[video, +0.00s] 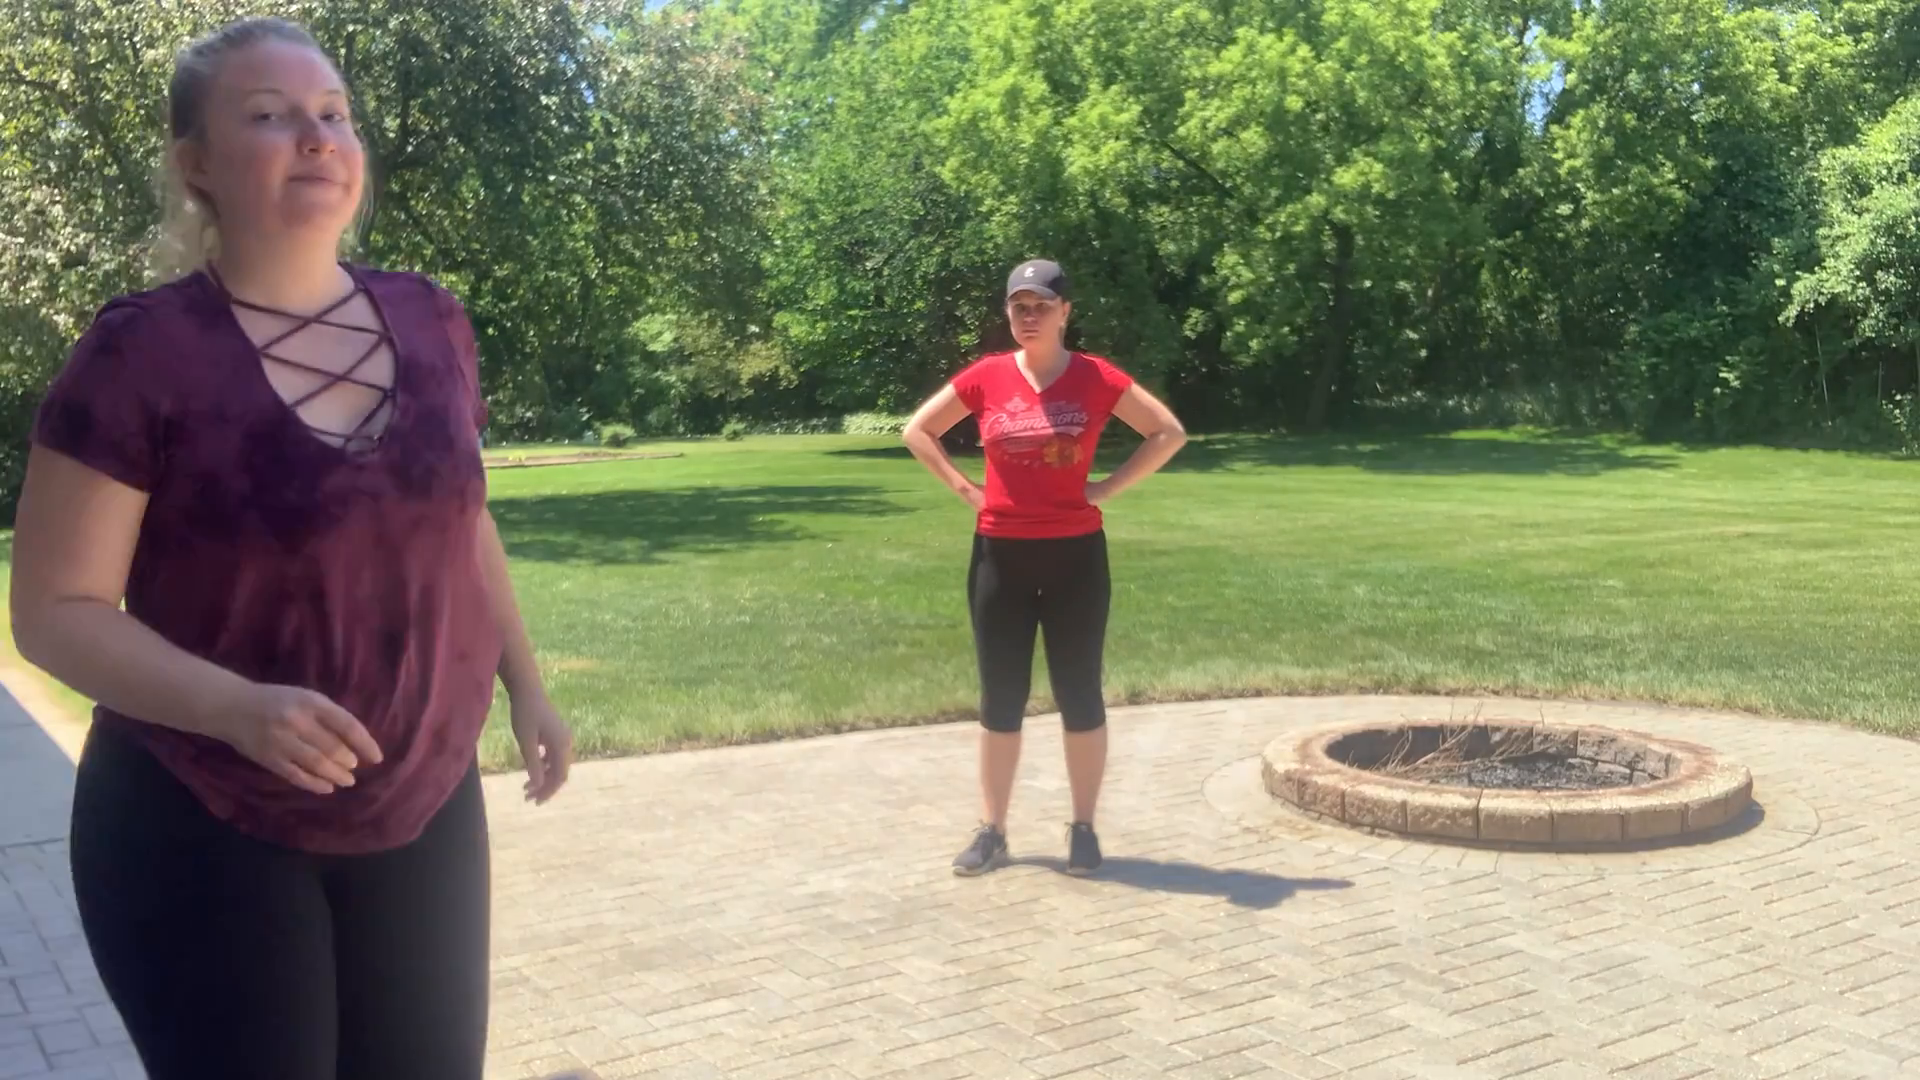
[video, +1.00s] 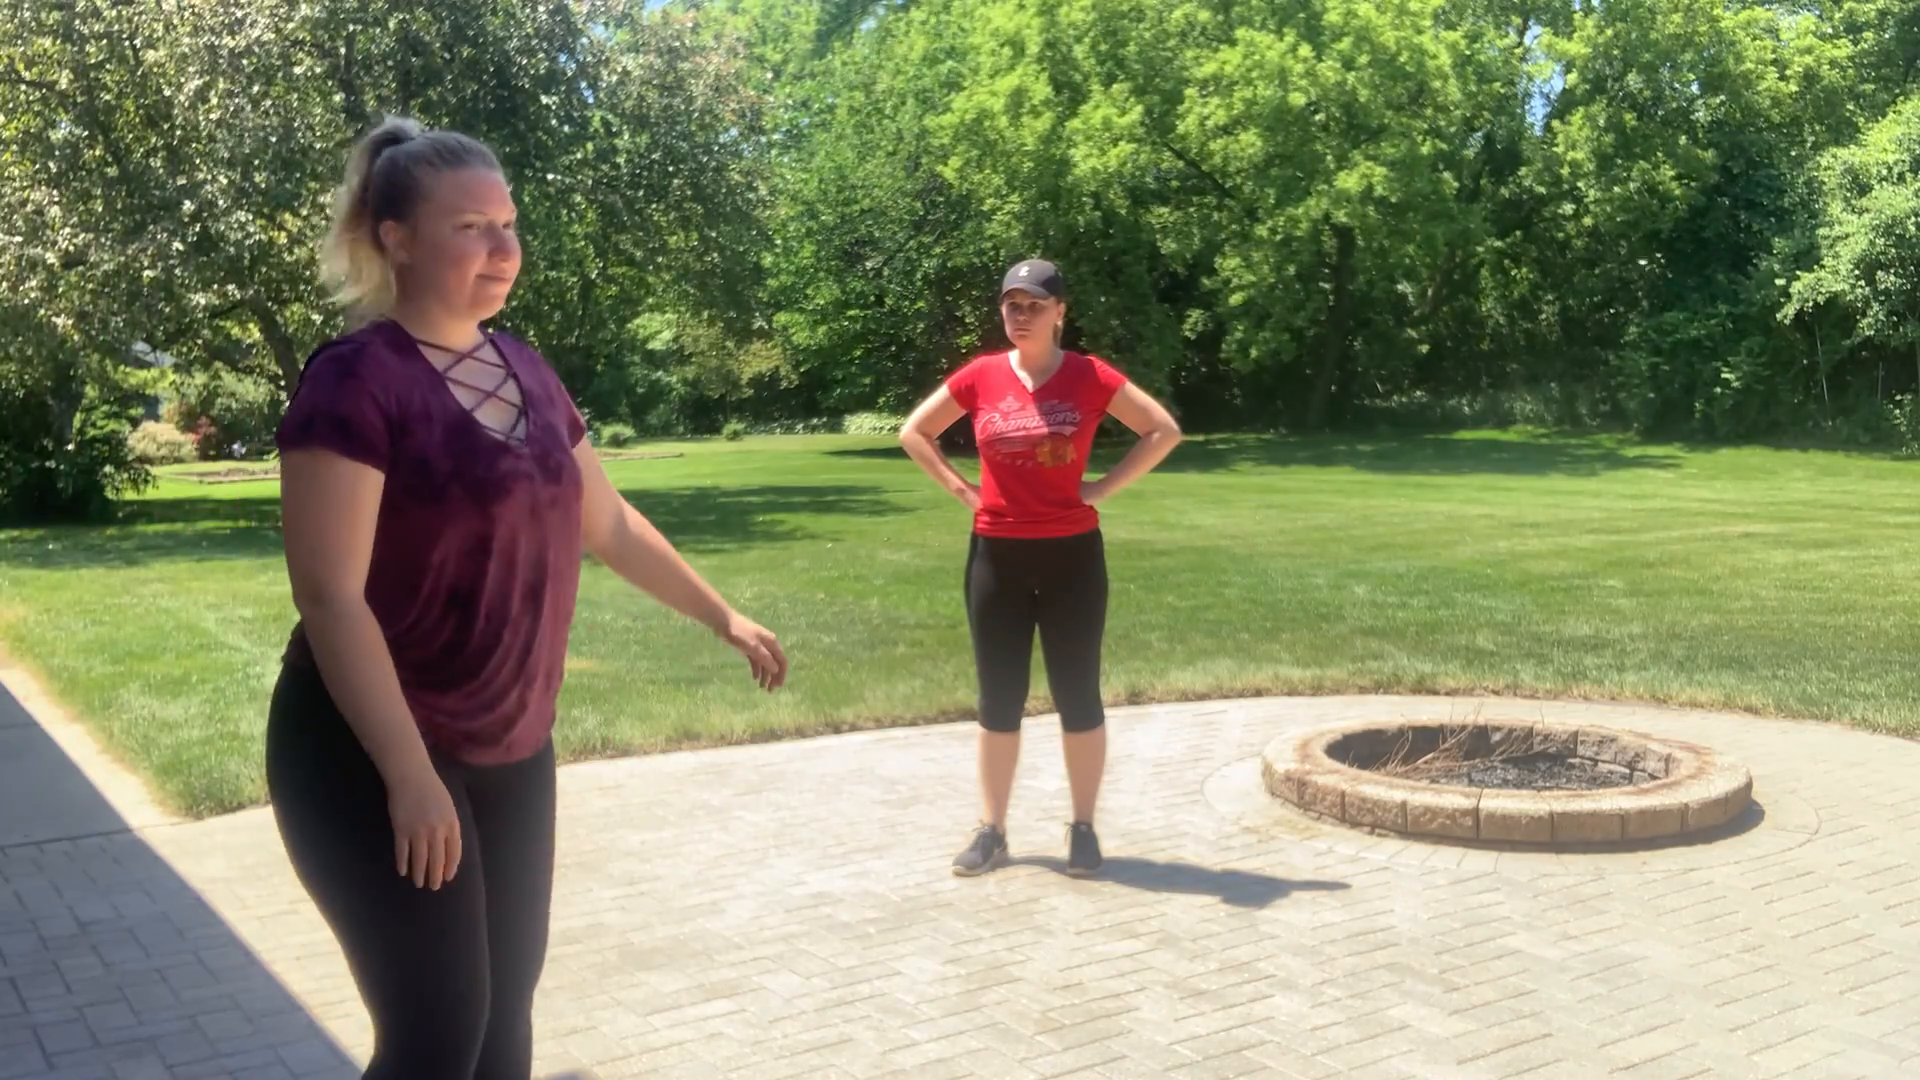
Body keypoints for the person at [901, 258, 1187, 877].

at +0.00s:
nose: (1026, 315)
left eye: (1038, 305)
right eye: (1017, 306)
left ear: (1063, 310)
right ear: (1007, 313)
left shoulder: (1094, 375)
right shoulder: (988, 375)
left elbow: (1171, 433)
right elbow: (916, 432)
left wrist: (1107, 488)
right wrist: (967, 488)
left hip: (1074, 552)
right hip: (1000, 552)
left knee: (1079, 695)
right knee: (1000, 698)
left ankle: (1083, 827)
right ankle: (992, 830)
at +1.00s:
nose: (1018, 315)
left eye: (1031, 306)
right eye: (1011, 306)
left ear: (1059, 311)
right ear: (1001, 313)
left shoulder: (1089, 374)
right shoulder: (982, 374)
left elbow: (1166, 431)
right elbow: (912, 434)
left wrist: (1102, 487)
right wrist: (964, 490)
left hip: (1071, 553)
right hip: (996, 553)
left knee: (1077, 695)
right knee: (998, 699)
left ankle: (1083, 826)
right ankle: (991, 828)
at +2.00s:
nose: (1017, 313)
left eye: (1031, 304)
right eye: (1011, 303)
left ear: (1061, 312)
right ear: (1003, 311)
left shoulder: (1091, 376)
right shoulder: (982, 375)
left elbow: (1166, 431)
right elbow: (915, 434)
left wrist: (1104, 488)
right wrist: (960, 488)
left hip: (1072, 554)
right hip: (997, 553)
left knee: (1077, 696)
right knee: (998, 698)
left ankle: (1083, 827)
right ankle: (991, 829)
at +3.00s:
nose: (1025, 316)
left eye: (1040, 311)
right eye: (1021, 306)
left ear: (1066, 326)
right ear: (1009, 312)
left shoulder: (1088, 384)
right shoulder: (980, 376)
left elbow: (1163, 435)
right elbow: (912, 432)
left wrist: (1102, 494)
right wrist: (967, 494)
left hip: (1072, 555)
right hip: (996, 555)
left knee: (1076, 695)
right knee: (997, 698)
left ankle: (1083, 826)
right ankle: (991, 829)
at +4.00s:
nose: (1033, 314)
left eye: (1049, 312)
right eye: (1029, 304)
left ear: (1071, 334)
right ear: (1014, 314)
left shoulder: (1090, 387)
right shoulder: (982, 379)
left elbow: (1165, 435)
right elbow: (916, 435)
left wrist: (1109, 493)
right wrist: (973, 497)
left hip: (1078, 554)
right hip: (1002, 554)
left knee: (1076, 694)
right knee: (998, 698)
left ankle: (1083, 826)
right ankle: (991, 829)